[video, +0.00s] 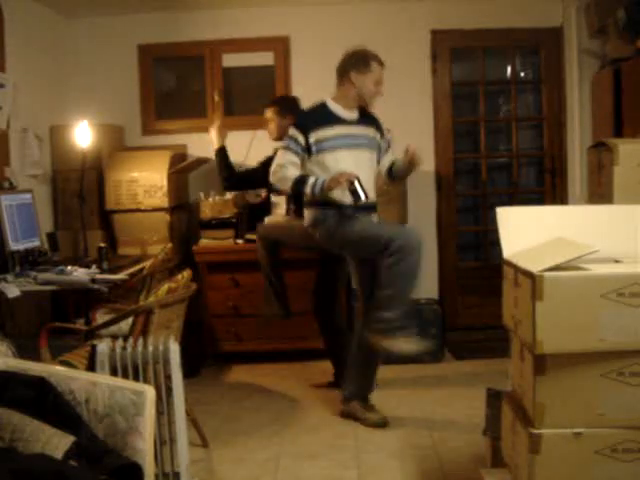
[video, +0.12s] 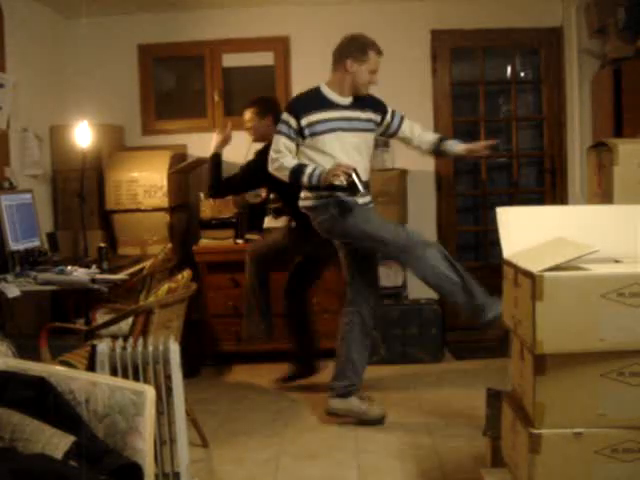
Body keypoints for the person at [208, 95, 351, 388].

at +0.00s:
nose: (267, 127)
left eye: (271, 120)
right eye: (267, 121)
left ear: (288, 122)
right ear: (288, 123)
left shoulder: (286, 157)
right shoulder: (313, 152)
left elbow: (234, 182)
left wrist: (219, 145)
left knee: (326, 302)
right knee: (332, 302)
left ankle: (344, 371)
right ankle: (344, 369)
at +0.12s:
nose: (247, 129)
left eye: (251, 123)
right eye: (247, 124)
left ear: (269, 121)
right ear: (270, 122)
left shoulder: (268, 158)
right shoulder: (297, 145)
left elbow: (217, 190)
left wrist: (216, 150)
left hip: (312, 231)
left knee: (295, 290)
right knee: (256, 254)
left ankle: (305, 360)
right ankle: (257, 327)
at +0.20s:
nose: (241, 135)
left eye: (245, 129)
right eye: (240, 129)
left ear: (264, 128)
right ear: (266, 129)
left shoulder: (262, 164)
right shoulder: (291, 151)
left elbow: (215, 202)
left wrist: (206, 166)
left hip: (301, 242)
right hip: (320, 237)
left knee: (260, 285)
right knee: (282, 298)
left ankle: (259, 364)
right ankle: (286, 371)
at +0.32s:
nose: (240, 136)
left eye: (246, 130)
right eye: (238, 130)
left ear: (262, 130)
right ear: (238, 132)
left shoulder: (265, 163)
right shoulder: (270, 159)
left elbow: (249, 221)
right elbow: (258, 213)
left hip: (287, 249)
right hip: (290, 247)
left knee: (251, 298)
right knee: (266, 304)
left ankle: (253, 369)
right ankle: (286, 370)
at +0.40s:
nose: (242, 133)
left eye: (248, 125)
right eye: (238, 127)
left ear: (261, 126)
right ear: (235, 129)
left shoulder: (267, 159)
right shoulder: (261, 158)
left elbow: (261, 216)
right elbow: (257, 210)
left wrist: (223, 231)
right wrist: (235, 214)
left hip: (287, 245)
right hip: (282, 243)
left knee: (238, 284)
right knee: (265, 304)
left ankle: (245, 358)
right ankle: (286, 372)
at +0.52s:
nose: (250, 112)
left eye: (256, 104)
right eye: (244, 105)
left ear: (266, 108)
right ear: (236, 110)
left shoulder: (275, 146)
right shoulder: (245, 147)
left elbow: (284, 198)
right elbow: (251, 189)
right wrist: (229, 201)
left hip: (283, 228)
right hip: (259, 228)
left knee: (234, 261)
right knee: (257, 298)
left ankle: (232, 342)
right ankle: (281, 364)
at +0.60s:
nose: (258, 106)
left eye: (264, 100)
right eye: (252, 100)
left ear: (274, 104)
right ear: (244, 106)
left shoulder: (287, 145)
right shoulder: (242, 145)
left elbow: (312, 181)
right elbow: (242, 189)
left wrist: (312, 222)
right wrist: (213, 203)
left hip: (281, 231)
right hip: (253, 232)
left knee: (242, 290)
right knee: (245, 296)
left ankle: (268, 364)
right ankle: (262, 371)